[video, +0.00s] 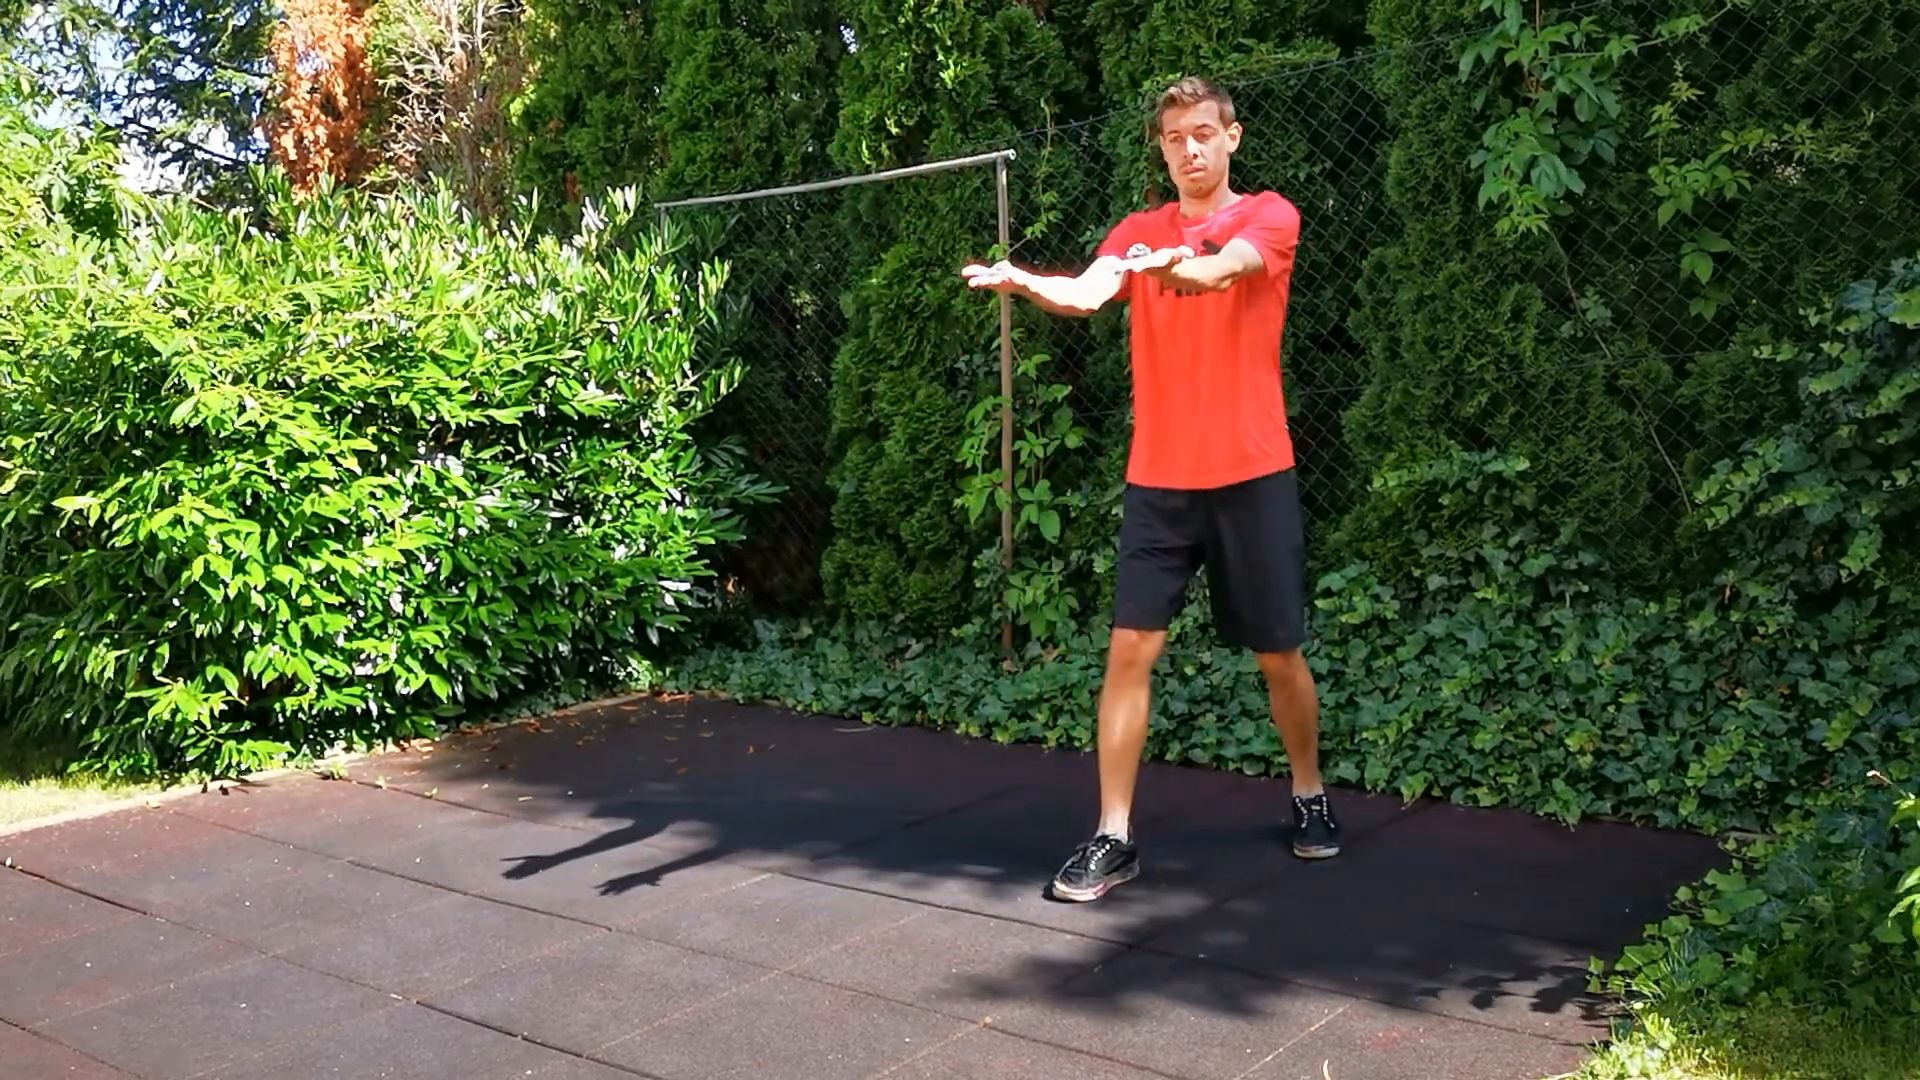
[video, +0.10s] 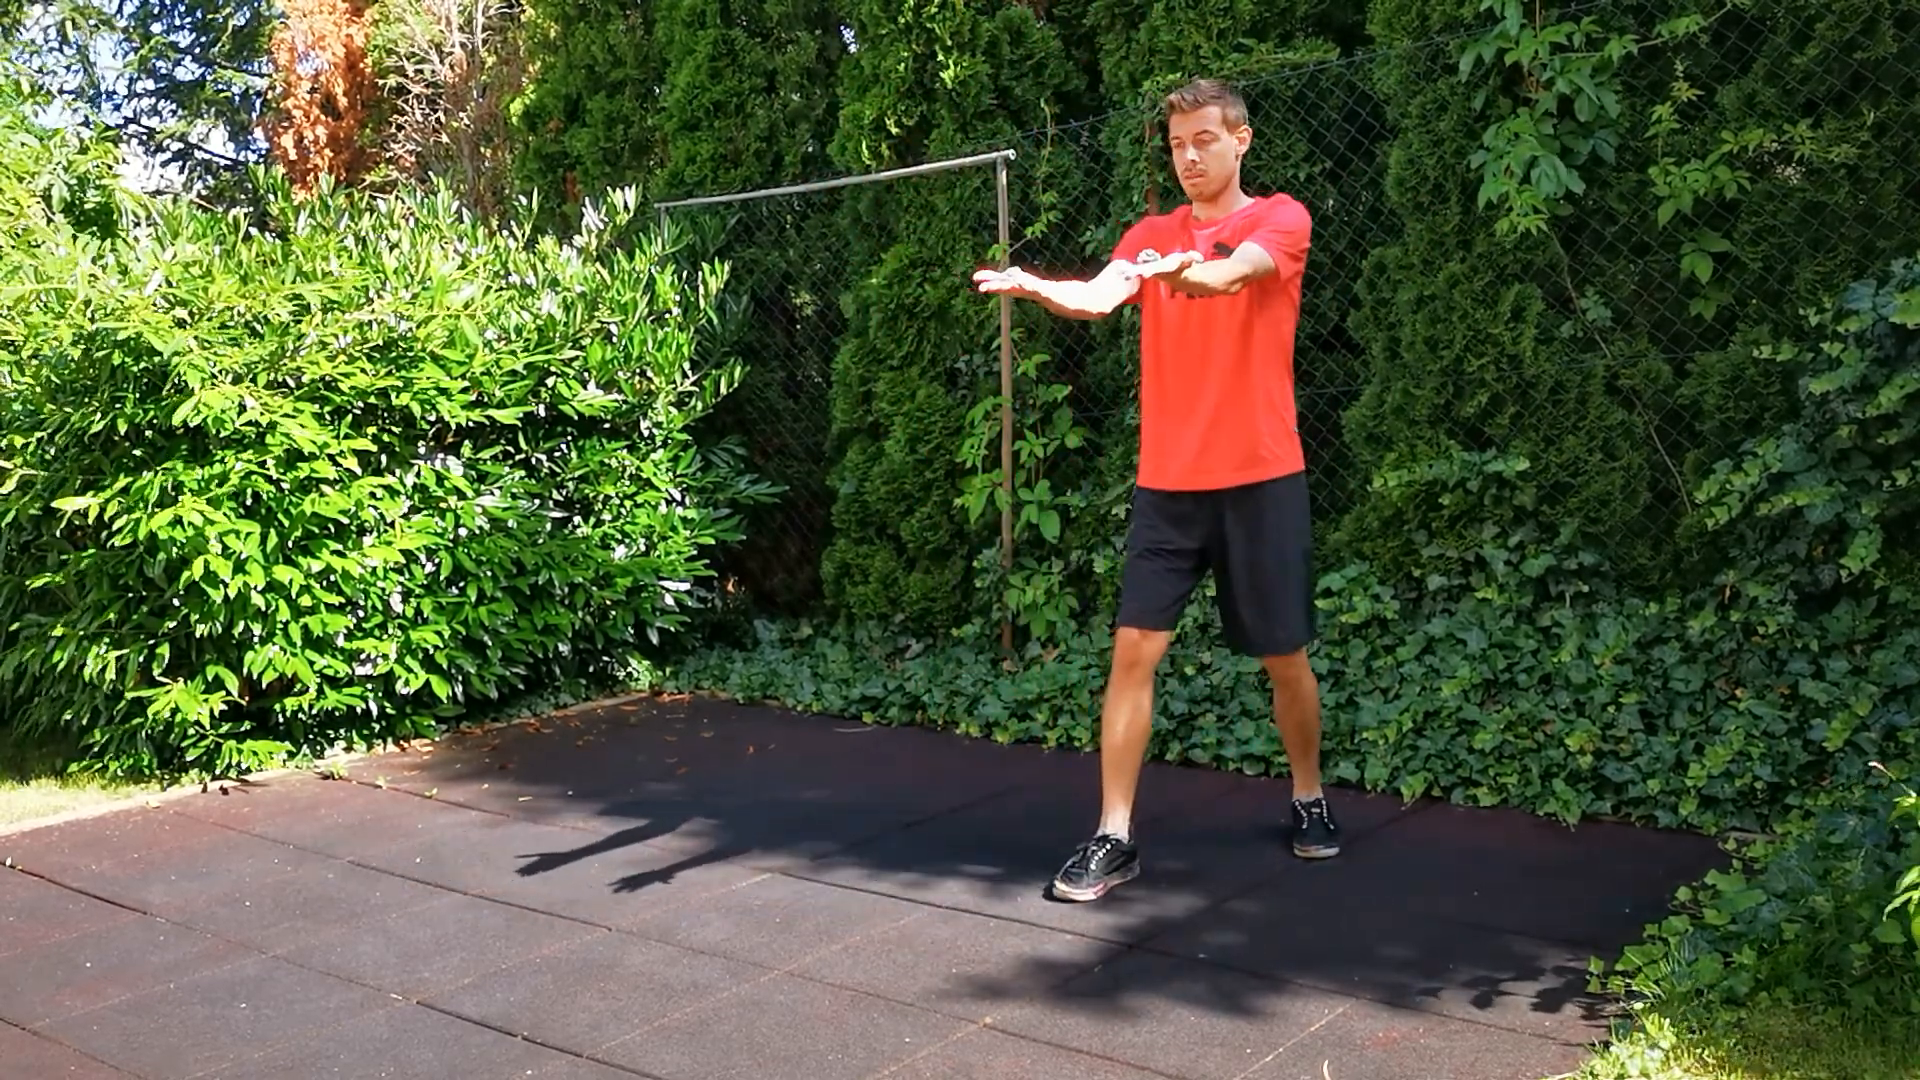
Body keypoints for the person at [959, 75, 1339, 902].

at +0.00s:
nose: (1189, 151)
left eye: (1202, 134)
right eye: (1175, 139)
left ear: (1233, 138)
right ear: (1159, 150)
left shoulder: (1272, 213)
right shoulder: (1140, 230)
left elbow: (1231, 261)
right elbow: (1083, 294)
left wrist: (1181, 266)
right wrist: (1018, 278)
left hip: (1252, 473)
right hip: (1158, 476)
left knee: (1279, 651)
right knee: (1130, 646)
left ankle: (1309, 797)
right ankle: (1113, 834)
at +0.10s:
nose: (1191, 159)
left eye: (1205, 141)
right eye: (1179, 146)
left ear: (1242, 141)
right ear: (1168, 154)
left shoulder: (1283, 216)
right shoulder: (1154, 232)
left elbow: (1246, 266)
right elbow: (1094, 297)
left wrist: (1197, 271)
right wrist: (1027, 283)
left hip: (1262, 476)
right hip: (1168, 478)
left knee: (1284, 652)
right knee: (1133, 645)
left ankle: (1308, 800)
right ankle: (1113, 835)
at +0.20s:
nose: (1199, 156)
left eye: (1214, 140)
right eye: (1188, 144)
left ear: (1252, 141)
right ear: (1178, 153)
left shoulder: (1291, 217)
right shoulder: (1162, 235)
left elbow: (1253, 265)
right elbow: (1107, 303)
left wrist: (1205, 273)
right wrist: (1040, 301)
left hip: (1269, 477)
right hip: (1174, 479)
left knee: (1290, 654)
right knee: (1139, 647)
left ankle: (1310, 802)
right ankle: (1113, 834)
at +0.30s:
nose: (1214, 143)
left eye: (1227, 129)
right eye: (1203, 133)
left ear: (1262, 136)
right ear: (1190, 147)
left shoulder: (1296, 210)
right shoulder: (1166, 223)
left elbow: (1241, 256)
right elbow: (1121, 298)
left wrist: (1177, 212)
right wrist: (1065, 317)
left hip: (1272, 470)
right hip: (1178, 471)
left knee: (1290, 652)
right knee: (1144, 647)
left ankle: (1311, 801)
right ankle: (1115, 832)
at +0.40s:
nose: (1215, 136)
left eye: (1229, 123)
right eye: (1205, 127)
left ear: (1265, 137)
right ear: (1192, 145)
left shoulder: (1296, 213)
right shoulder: (1165, 222)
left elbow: (1267, 273)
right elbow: (1121, 299)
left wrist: (1220, 256)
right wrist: (1078, 289)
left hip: (1272, 471)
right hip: (1178, 471)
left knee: (1291, 651)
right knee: (1143, 647)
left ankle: (1310, 801)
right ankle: (1113, 833)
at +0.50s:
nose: (1219, 134)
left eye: (1234, 121)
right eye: (1209, 125)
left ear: (1268, 138)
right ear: (1195, 146)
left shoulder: (1300, 221)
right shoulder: (1164, 221)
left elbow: (1289, 301)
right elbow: (1127, 298)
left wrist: (1250, 327)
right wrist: (1107, 246)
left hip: (1272, 475)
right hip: (1176, 471)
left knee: (1289, 652)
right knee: (1142, 648)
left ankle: (1309, 800)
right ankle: (1110, 833)